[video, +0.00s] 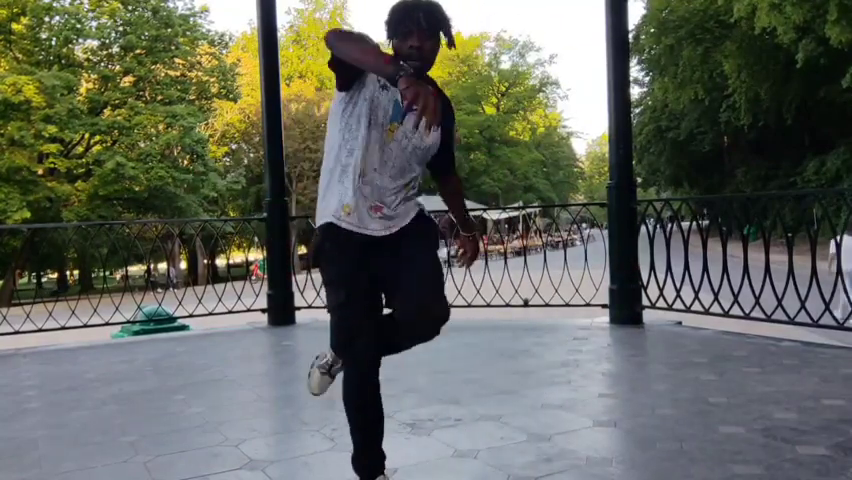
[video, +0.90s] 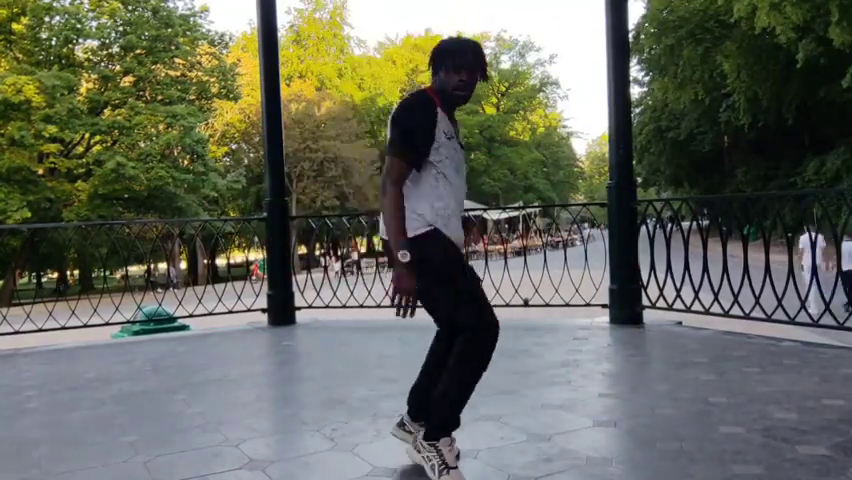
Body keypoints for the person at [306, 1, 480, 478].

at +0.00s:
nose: (418, 46)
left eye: (428, 38)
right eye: (408, 36)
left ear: (440, 44)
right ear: (393, 39)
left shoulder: (438, 106)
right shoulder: (361, 74)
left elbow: (445, 172)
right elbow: (336, 39)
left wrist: (465, 223)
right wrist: (402, 76)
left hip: (405, 224)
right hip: (344, 227)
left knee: (426, 319)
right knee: (360, 353)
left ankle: (346, 348)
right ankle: (370, 469)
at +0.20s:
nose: (423, 53)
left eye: (430, 47)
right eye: (416, 43)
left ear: (437, 52)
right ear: (392, 43)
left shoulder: (437, 110)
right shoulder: (364, 77)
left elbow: (427, 183)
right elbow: (382, 63)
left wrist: (440, 225)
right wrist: (469, 76)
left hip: (418, 242)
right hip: (362, 234)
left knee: (428, 348)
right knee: (370, 358)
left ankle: (313, 412)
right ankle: (367, 473)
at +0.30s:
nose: (416, 53)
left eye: (426, 47)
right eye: (406, 43)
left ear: (436, 52)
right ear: (388, 46)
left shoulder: (433, 114)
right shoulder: (366, 74)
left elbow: (424, 188)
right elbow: (415, 88)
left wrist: (439, 232)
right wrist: (506, 101)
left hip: (426, 244)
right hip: (370, 236)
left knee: (445, 346)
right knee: (383, 361)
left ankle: (334, 409)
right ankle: (373, 472)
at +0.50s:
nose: (433, 61)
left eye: (442, 54)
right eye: (423, 50)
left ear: (448, 59)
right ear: (402, 51)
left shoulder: (416, 101)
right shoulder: (392, 88)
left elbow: (399, 182)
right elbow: (442, 158)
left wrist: (365, 255)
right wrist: (503, 167)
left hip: (421, 235)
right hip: (384, 237)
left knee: (468, 329)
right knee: (418, 355)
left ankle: (386, 414)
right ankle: (402, 472)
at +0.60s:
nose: (444, 64)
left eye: (454, 56)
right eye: (434, 53)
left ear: (461, 64)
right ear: (413, 57)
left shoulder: (418, 102)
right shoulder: (404, 98)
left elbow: (378, 176)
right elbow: (441, 180)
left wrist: (358, 236)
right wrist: (494, 213)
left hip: (421, 235)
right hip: (390, 237)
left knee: (470, 318)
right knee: (427, 344)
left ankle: (419, 421)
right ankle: (400, 469)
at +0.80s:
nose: (463, 82)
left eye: (471, 74)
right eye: (456, 71)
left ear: (477, 76)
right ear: (435, 69)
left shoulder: (418, 106)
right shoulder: (424, 111)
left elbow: (377, 156)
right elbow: (421, 198)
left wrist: (375, 214)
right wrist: (454, 276)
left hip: (408, 237)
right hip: (408, 240)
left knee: (453, 331)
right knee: (451, 336)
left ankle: (418, 432)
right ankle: (407, 458)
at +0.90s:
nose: (466, 82)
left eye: (473, 76)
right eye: (459, 72)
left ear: (476, 79)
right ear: (439, 71)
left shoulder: (445, 119)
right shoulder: (416, 109)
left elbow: (431, 189)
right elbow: (390, 184)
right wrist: (399, 261)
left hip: (440, 240)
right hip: (426, 242)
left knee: (456, 328)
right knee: (482, 329)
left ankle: (417, 418)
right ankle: (437, 434)